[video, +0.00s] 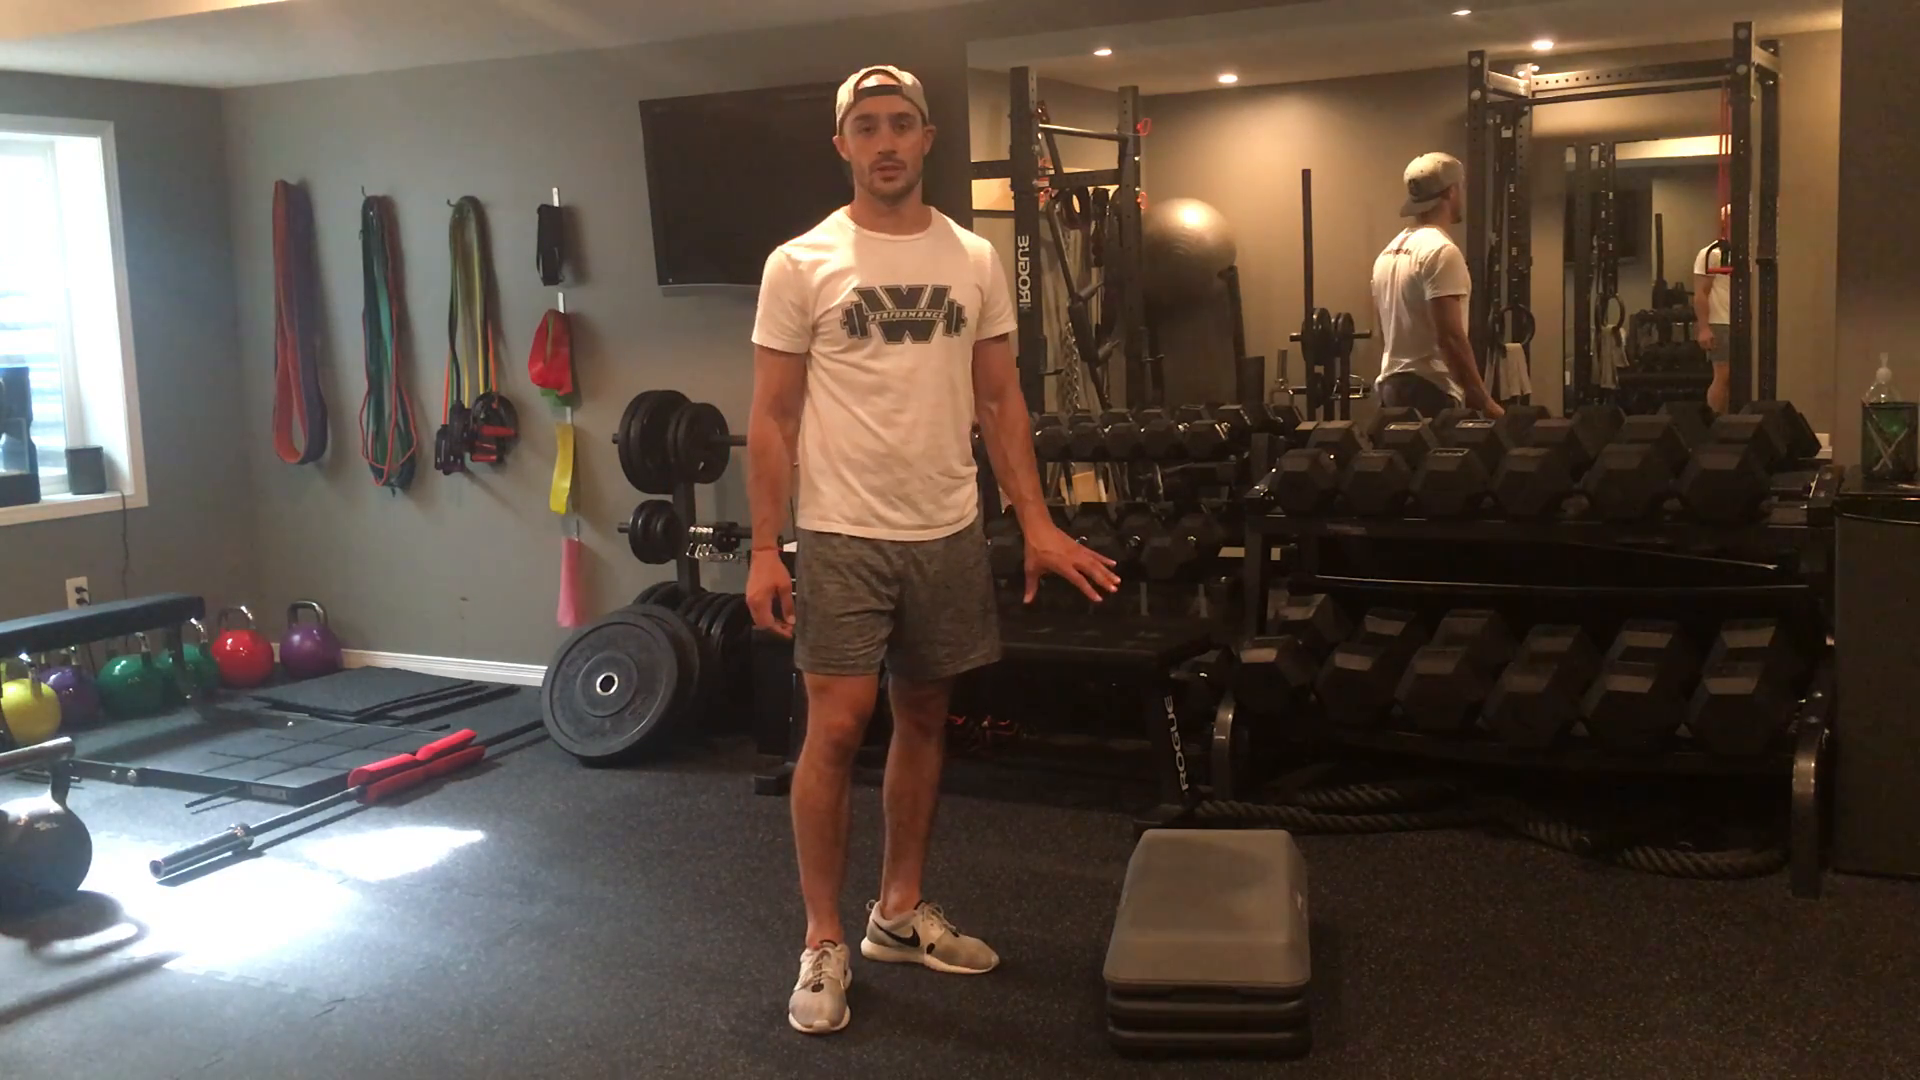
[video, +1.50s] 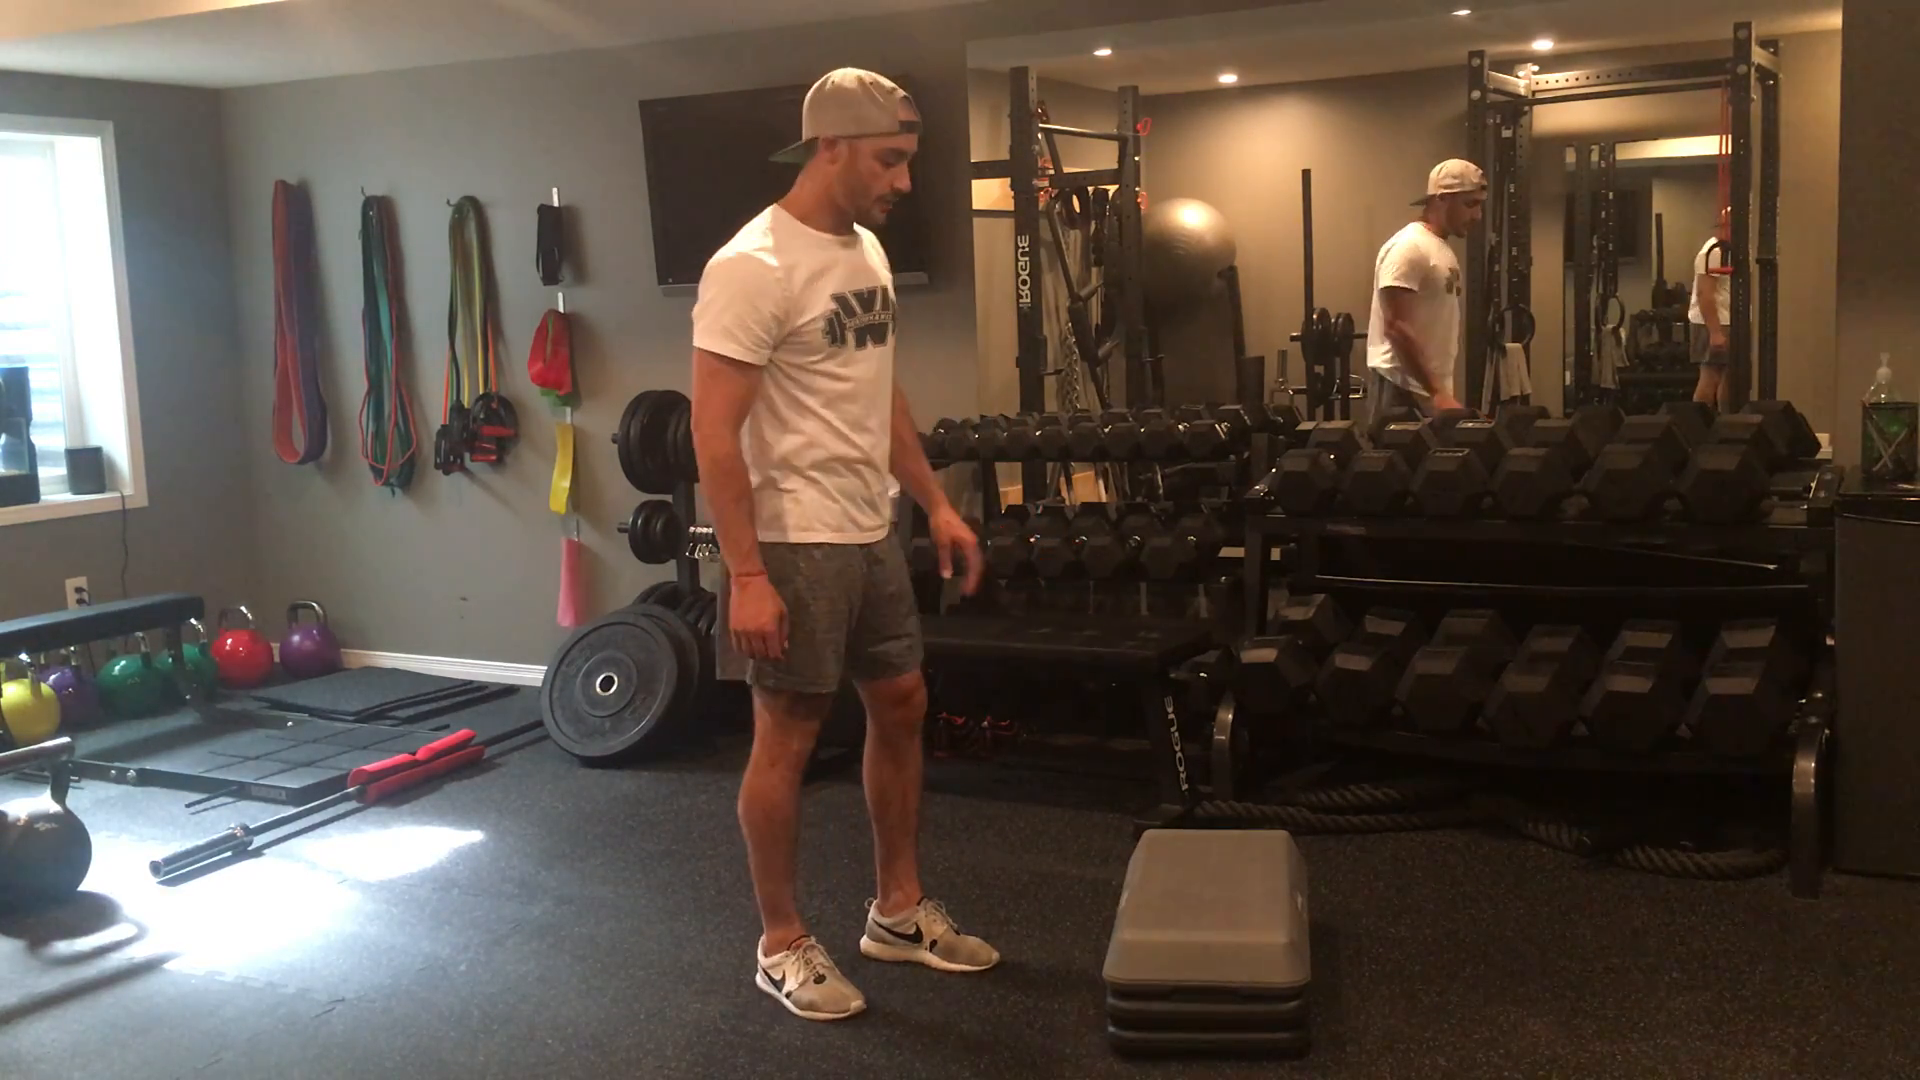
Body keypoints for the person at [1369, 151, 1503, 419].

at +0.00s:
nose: (1464, 196)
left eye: (1463, 188)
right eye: (1462, 188)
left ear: (1418, 197)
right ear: (1451, 193)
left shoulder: (1388, 253)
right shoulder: (1441, 250)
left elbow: (1386, 333)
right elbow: (1451, 338)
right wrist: (1483, 400)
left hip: (1391, 388)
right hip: (1431, 391)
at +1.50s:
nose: (1477, 215)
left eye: (1479, 205)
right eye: (1471, 204)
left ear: (1444, 199)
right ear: (1443, 199)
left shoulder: (1440, 249)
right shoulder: (1409, 247)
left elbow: (1429, 327)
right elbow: (1395, 327)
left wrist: (1444, 394)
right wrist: (1438, 392)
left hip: (1428, 394)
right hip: (1400, 392)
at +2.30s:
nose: (1554, 189)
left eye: (1554, 179)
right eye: (1543, 179)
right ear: (1513, 185)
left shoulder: (1533, 235)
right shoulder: (1474, 237)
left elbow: (1504, 301)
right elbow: (1431, 305)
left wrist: (1523, 338)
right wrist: (1508, 317)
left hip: (1513, 370)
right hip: (1464, 380)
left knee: (1569, 420)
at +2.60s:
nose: (1587, 144)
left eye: (1587, 134)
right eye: (1575, 133)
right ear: (1543, 139)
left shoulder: (1575, 200)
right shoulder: (1501, 204)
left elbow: (1562, 266)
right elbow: (1459, 276)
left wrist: (1588, 301)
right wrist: (1532, 308)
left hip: (1559, 346)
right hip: (1508, 350)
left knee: (1589, 432)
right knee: (1549, 441)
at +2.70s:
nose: (1590, 135)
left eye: (1590, 125)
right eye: (1578, 125)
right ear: (1546, 132)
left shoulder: (1576, 189)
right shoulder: (1510, 192)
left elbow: (1561, 261)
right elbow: (1468, 266)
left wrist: (1585, 291)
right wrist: (1550, 291)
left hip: (1556, 338)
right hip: (1506, 341)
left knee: (1584, 421)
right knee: (1532, 441)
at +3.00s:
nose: (1584, 168)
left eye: (1586, 157)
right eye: (1574, 156)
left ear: (1588, 160)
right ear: (1544, 159)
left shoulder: (1571, 214)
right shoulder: (1501, 212)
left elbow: (1546, 284)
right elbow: (1449, 277)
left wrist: (1566, 319)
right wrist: (1523, 305)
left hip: (1534, 359)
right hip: (1492, 358)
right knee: (1557, 438)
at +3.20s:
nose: (1581, 207)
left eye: (1581, 197)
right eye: (1569, 198)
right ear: (1539, 204)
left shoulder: (1558, 259)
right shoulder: (1493, 258)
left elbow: (1540, 329)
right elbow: (1437, 316)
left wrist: (1566, 358)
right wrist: (1479, 377)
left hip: (1531, 402)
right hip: (1485, 404)